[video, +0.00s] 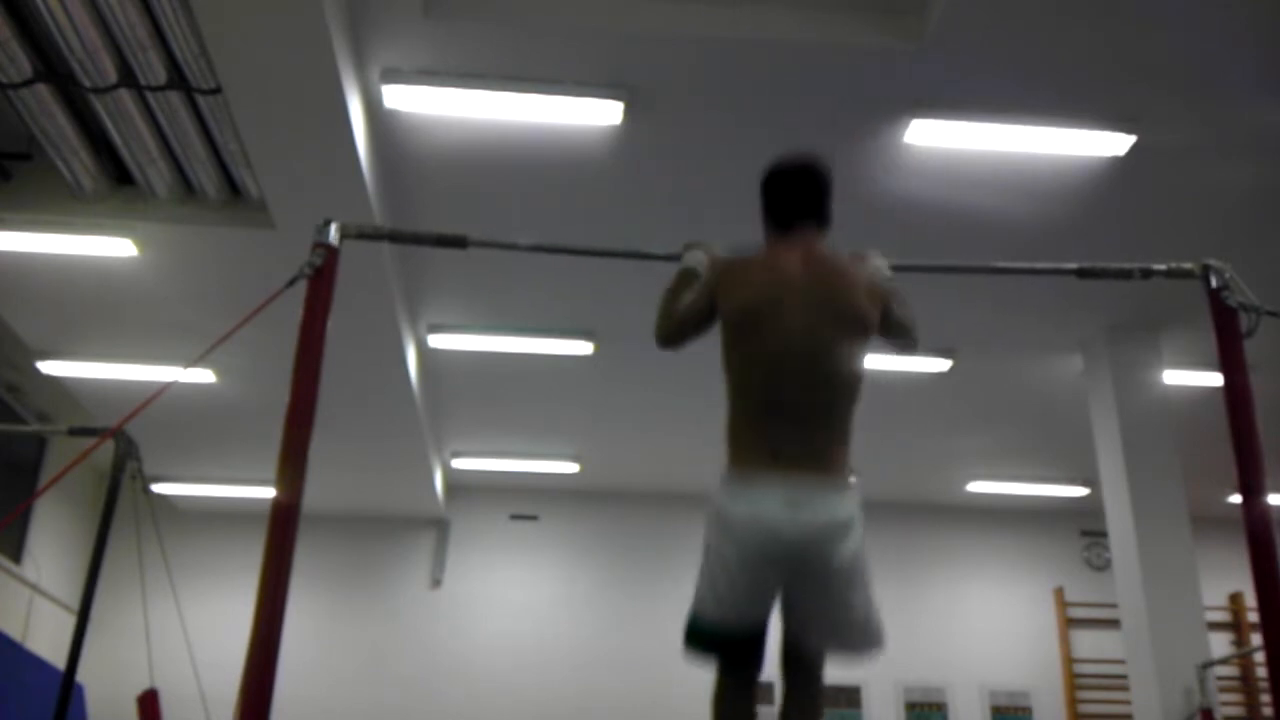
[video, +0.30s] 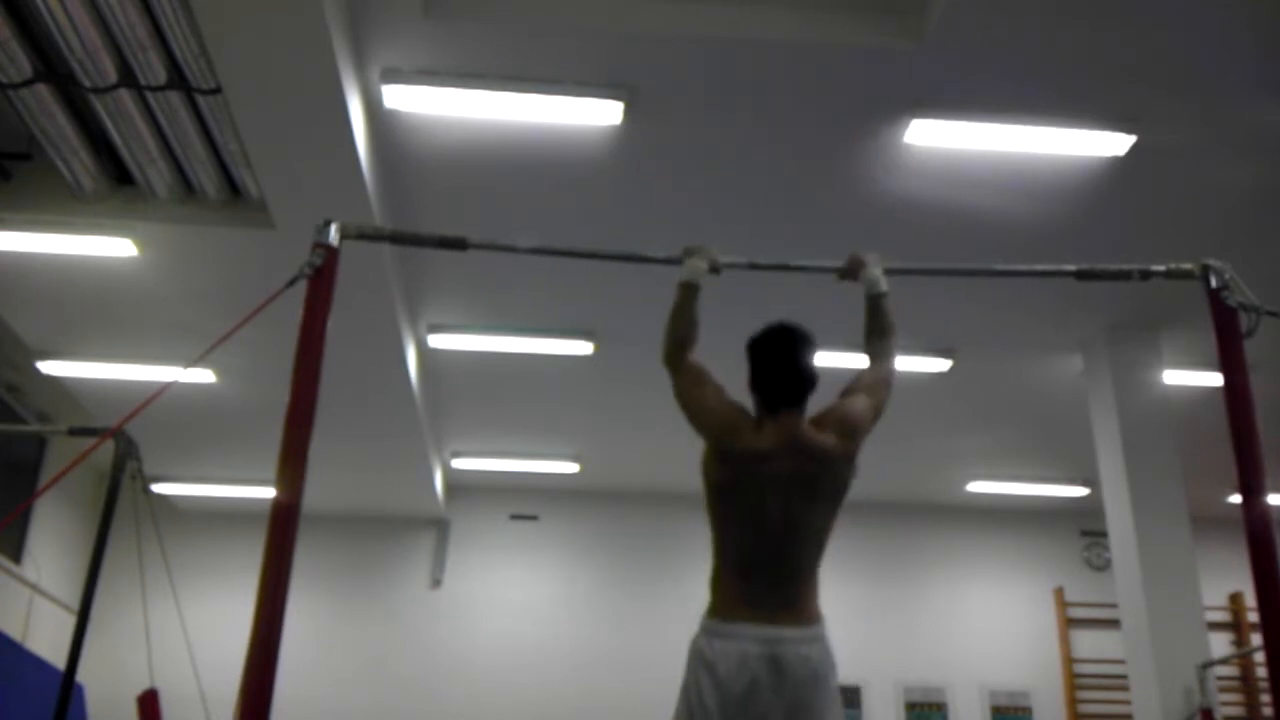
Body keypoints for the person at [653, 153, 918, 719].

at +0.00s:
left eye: (779, 209)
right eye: (812, 210)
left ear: (764, 213)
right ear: (827, 213)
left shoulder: (732, 278)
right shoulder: (852, 285)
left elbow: (670, 331)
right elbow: (905, 334)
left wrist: (690, 271)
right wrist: (880, 280)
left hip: (748, 505)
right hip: (824, 509)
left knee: (735, 674)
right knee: (806, 673)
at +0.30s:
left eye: (760, 371)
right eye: (800, 369)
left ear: (752, 382)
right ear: (810, 382)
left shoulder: (727, 435)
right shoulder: (835, 441)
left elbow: (678, 358)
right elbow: (880, 363)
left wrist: (690, 276)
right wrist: (876, 286)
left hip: (726, 643)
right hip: (803, 645)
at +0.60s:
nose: (803, 372)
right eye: (806, 362)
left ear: (758, 371)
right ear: (815, 371)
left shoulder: (735, 425)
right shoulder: (840, 432)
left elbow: (680, 359)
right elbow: (878, 367)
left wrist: (690, 277)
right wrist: (875, 288)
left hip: (733, 625)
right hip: (809, 626)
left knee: (708, 713)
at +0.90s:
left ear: (789, 211)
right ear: (853, 214)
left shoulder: (759, 274)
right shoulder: (880, 285)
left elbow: (685, 309)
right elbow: (916, 328)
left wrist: (695, 260)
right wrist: (874, 272)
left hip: (763, 485)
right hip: (838, 491)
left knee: (738, 529)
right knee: (787, 539)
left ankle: (736, 557)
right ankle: (748, 559)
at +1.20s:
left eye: (741, 143)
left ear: (751, 137)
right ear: (808, 138)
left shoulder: (736, 146)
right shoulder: (844, 157)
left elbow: (669, 160)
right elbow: (919, 184)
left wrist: (693, 232)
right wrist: (872, 240)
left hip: (757, 323)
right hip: (832, 324)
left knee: (746, 459)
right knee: (806, 465)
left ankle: (747, 582)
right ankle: (776, 585)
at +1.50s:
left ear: (731, 139)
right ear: (784, 139)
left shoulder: (718, 148)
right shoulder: (819, 156)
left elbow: (663, 160)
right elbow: (887, 178)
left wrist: (690, 229)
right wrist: (873, 239)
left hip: (754, 238)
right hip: (826, 238)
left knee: (762, 408)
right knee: (829, 405)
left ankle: (782, 565)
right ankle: (824, 557)